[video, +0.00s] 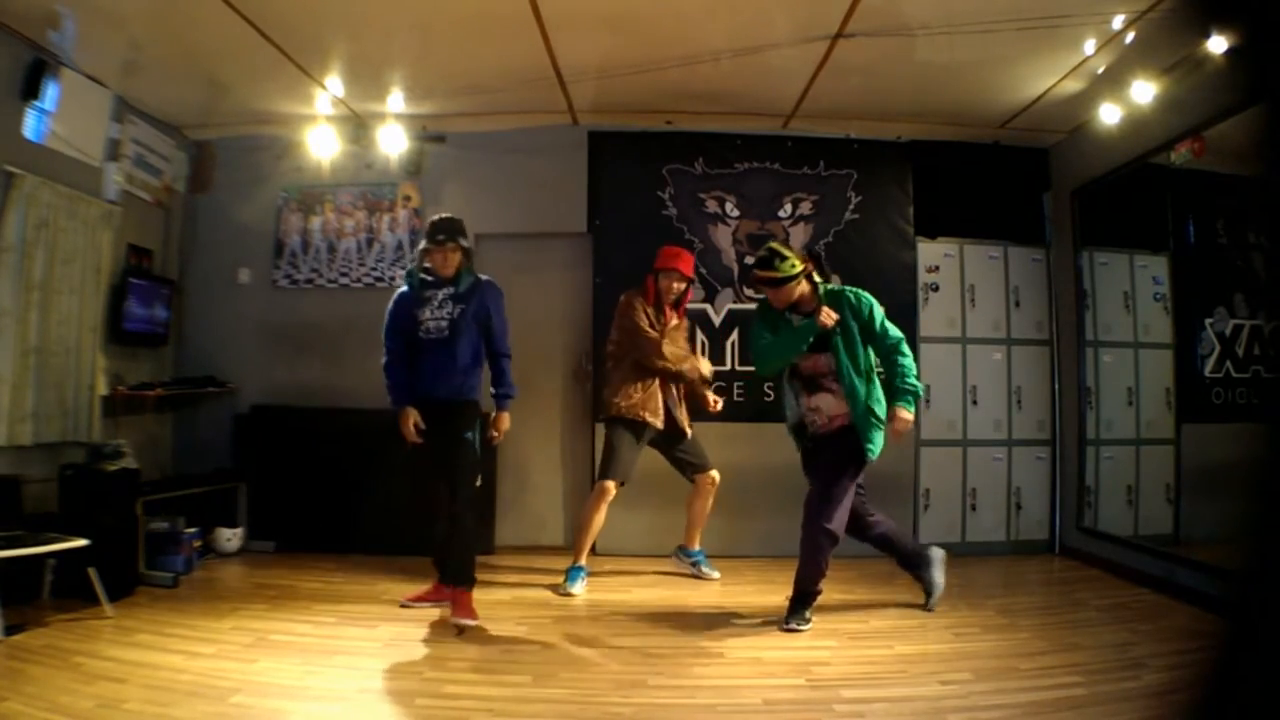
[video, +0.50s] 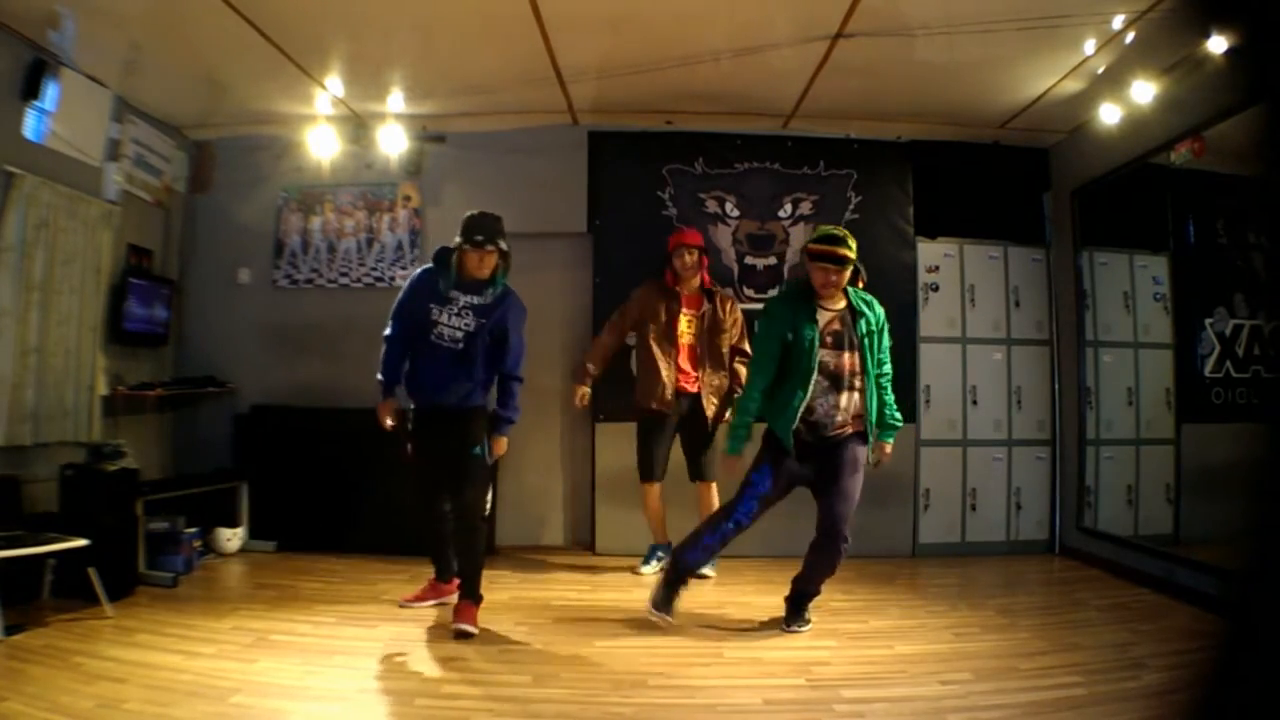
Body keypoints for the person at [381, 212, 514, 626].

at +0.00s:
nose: (439, 257)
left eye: (447, 250)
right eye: (434, 250)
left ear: (462, 251)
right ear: (426, 253)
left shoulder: (483, 292)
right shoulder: (408, 295)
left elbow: (499, 352)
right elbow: (393, 354)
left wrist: (503, 404)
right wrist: (402, 404)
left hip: (464, 405)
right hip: (424, 406)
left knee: (461, 497)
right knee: (432, 494)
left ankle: (462, 591)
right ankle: (444, 582)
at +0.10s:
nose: (453, 257)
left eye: (461, 250)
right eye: (446, 249)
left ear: (472, 252)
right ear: (432, 250)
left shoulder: (486, 295)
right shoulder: (408, 292)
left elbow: (498, 356)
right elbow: (390, 352)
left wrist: (497, 409)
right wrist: (403, 401)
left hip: (468, 409)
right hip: (425, 409)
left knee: (472, 499)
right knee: (433, 496)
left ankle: (469, 593)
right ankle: (446, 582)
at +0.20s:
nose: (460, 261)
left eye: (468, 253)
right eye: (453, 252)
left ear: (479, 255)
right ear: (439, 251)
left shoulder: (491, 300)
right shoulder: (411, 292)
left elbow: (499, 362)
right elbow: (391, 352)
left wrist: (490, 414)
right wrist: (400, 405)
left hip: (469, 412)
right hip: (426, 411)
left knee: (471, 502)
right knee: (434, 497)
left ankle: (472, 594)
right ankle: (446, 582)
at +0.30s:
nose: (470, 263)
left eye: (478, 255)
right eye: (463, 254)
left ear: (487, 257)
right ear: (447, 251)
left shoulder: (496, 302)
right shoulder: (416, 290)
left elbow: (502, 366)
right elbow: (393, 349)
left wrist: (494, 419)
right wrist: (394, 406)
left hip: (472, 413)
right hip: (427, 410)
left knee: (470, 505)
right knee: (433, 498)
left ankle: (470, 597)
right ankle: (447, 581)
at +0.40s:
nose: (480, 264)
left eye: (487, 257)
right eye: (473, 255)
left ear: (496, 258)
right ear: (455, 251)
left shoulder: (501, 304)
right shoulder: (421, 286)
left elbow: (507, 370)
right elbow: (392, 343)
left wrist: (500, 424)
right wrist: (389, 401)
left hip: (473, 410)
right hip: (427, 408)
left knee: (470, 503)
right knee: (433, 496)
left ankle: (470, 599)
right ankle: (447, 581)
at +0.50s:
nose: (484, 260)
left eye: (492, 252)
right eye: (477, 250)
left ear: (500, 256)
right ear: (459, 249)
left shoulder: (506, 305)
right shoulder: (425, 283)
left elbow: (511, 373)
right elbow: (395, 336)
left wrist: (502, 427)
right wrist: (388, 393)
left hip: (474, 411)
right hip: (428, 407)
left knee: (470, 505)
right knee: (432, 496)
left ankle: (469, 601)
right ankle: (445, 577)